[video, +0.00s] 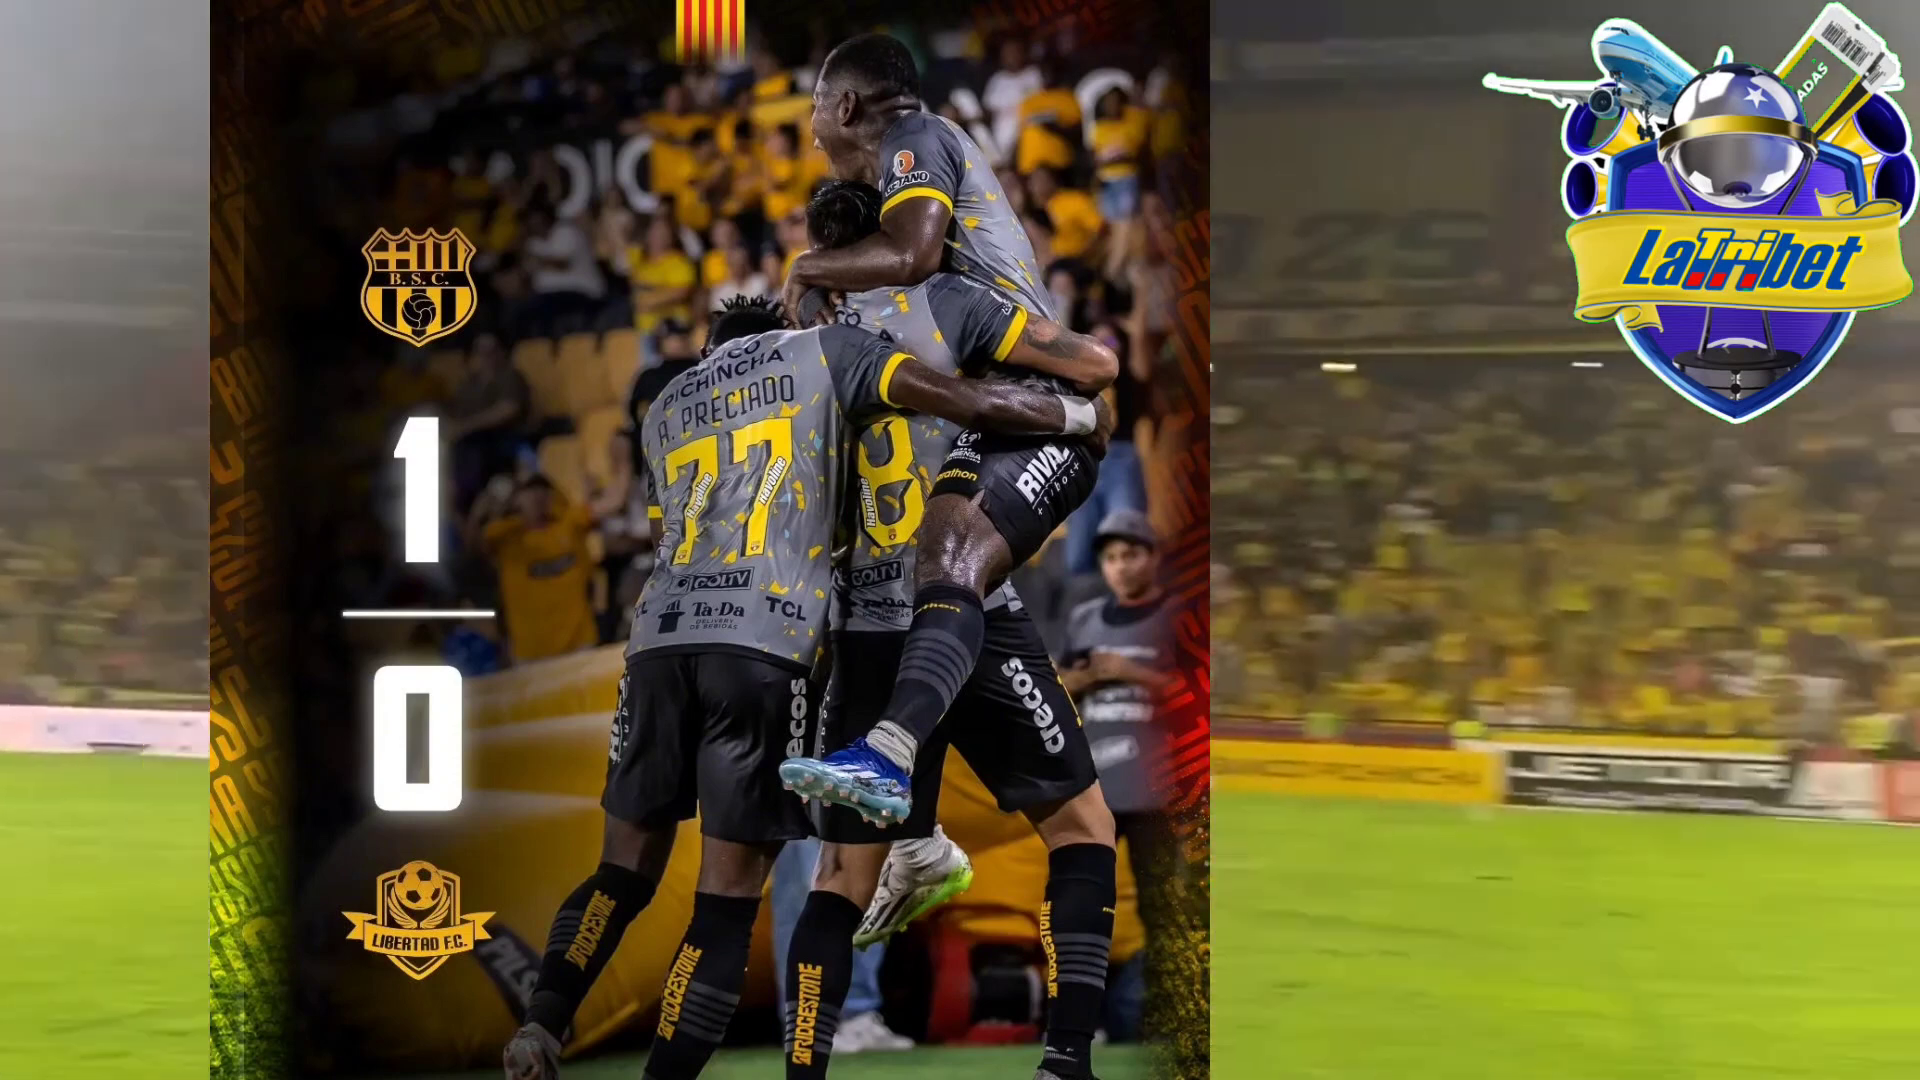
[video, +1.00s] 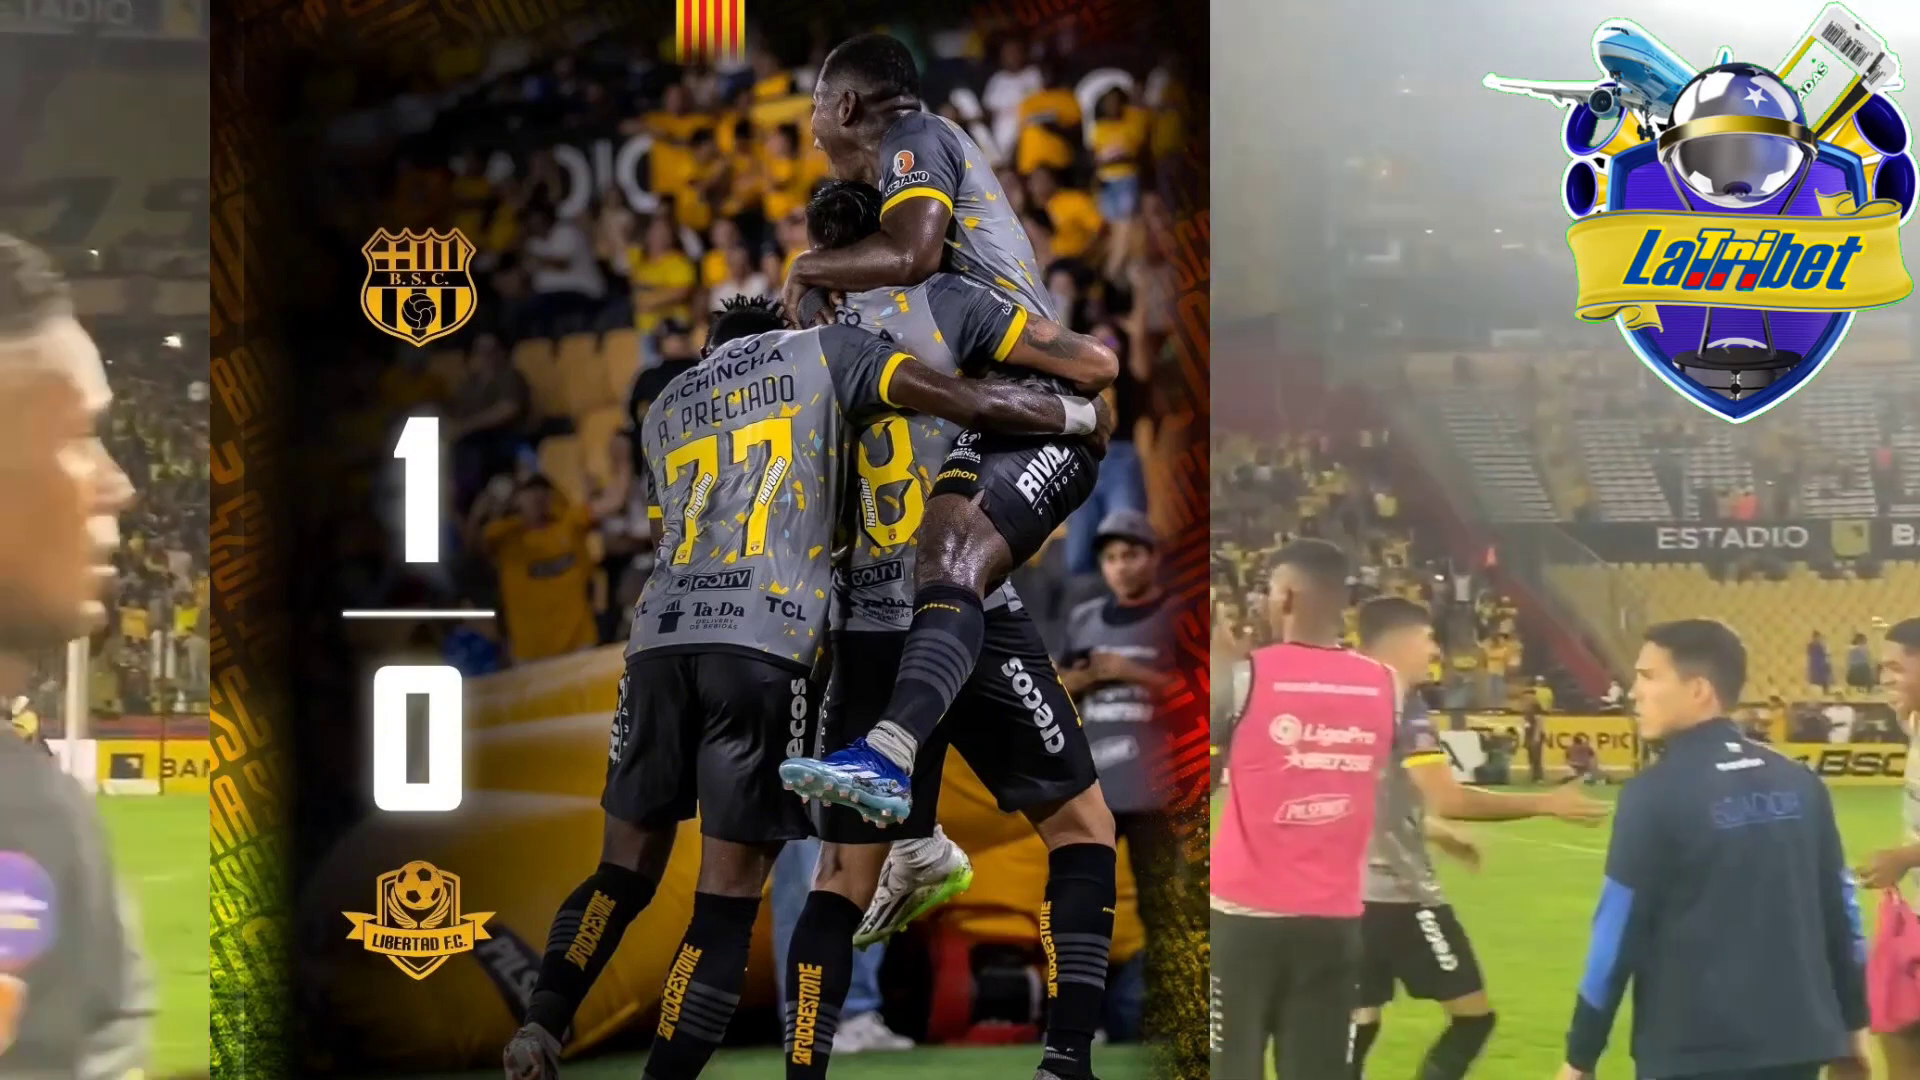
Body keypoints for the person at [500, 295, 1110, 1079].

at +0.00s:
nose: (826, 325)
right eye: (814, 319)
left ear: (710, 345)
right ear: (793, 324)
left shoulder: (661, 406)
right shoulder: (829, 348)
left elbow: (682, 519)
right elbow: (970, 399)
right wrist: (1086, 418)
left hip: (657, 648)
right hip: (762, 649)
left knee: (623, 865)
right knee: (727, 892)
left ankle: (542, 1027)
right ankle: (667, 1075)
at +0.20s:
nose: (826, 325)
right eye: (814, 319)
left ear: (709, 346)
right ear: (792, 324)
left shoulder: (660, 405)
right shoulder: (830, 348)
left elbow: (680, 520)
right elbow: (970, 400)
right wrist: (1088, 417)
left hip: (657, 648)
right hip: (762, 649)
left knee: (623, 865)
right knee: (727, 892)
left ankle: (542, 1028)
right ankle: (667, 1075)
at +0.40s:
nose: (828, 326)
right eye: (816, 319)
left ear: (709, 345)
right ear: (792, 324)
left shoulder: (661, 406)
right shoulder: (829, 348)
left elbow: (681, 519)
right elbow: (969, 399)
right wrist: (1087, 418)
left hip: (658, 648)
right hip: (762, 648)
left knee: (623, 865)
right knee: (728, 891)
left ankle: (542, 1027)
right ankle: (667, 1076)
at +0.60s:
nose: (828, 325)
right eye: (816, 318)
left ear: (708, 345)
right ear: (790, 323)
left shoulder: (660, 407)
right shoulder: (830, 348)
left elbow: (679, 522)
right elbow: (973, 400)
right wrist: (1089, 417)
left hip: (657, 648)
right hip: (762, 648)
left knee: (623, 865)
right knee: (728, 892)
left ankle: (542, 1027)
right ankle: (667, 1075)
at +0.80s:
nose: (824, 325)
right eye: (813, 318)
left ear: (710, 347)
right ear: (793, 324)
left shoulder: (660, 404)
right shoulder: (830, 348)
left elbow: (679, 520)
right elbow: (970, 399)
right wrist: (1086, 418)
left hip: (657, 648)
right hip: (762, 649)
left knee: (623, 865)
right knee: (728, 892)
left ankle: (542, 1027)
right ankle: (666, 1076)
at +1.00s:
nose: (824, 325)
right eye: (813, 318)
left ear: (710, 347)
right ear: (793, 324)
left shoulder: (660, 404)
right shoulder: (830, 348)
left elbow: (679, 520)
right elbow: (970, 399)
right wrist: (1086, 418)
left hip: (657, 648)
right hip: (762, 649)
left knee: (623, 865)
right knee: (728, 892)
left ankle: (542, 1027)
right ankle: (666, 1076)